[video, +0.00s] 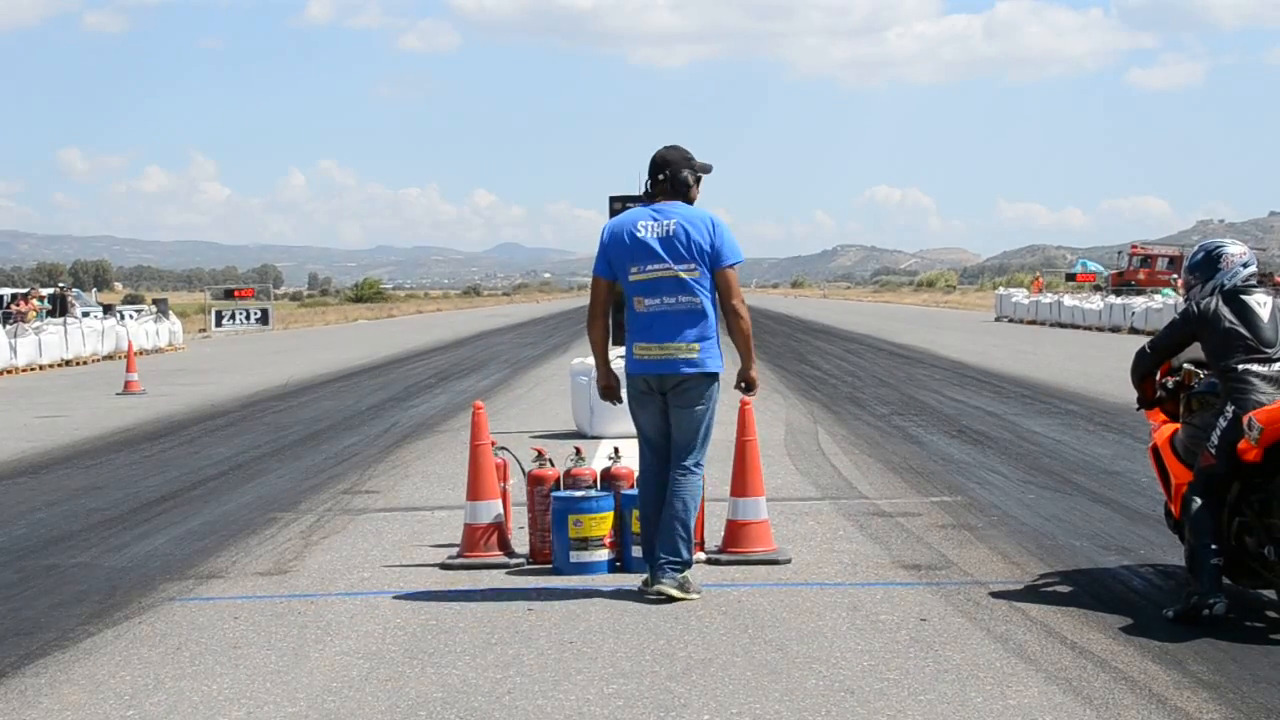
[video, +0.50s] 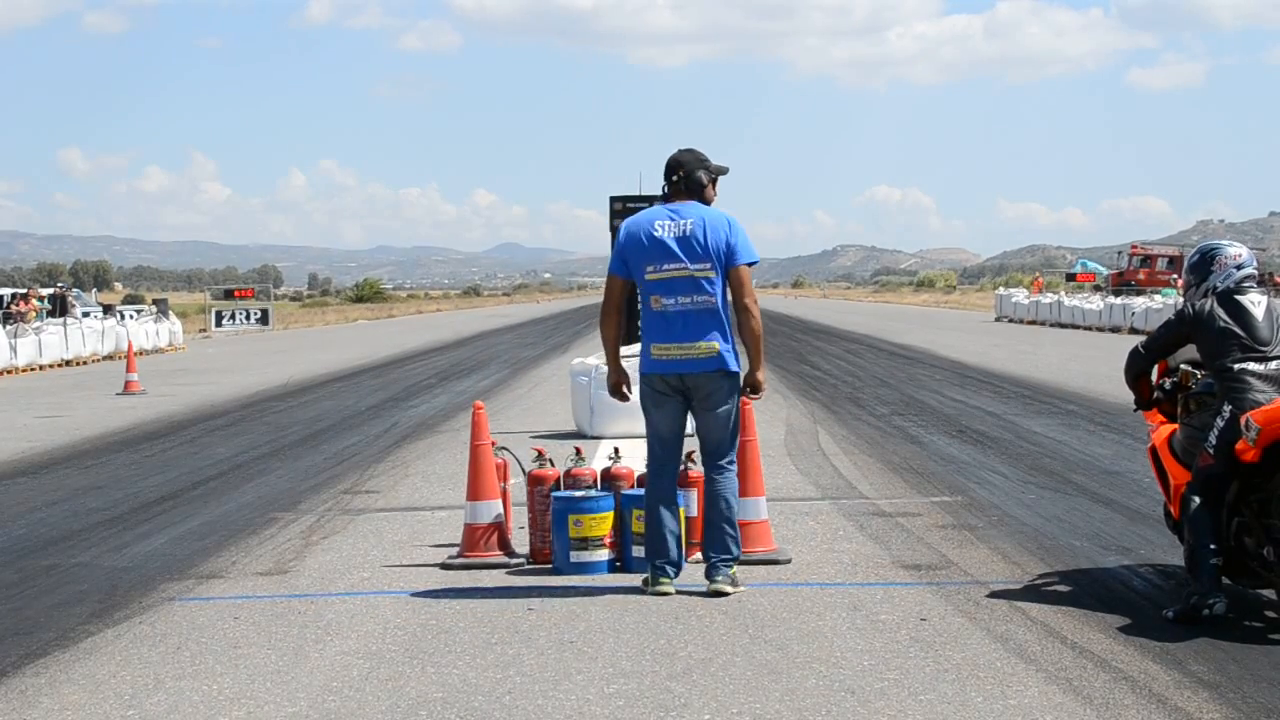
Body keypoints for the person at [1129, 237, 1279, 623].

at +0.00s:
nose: (1188, 288)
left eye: (1191, 280)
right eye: (1188, 281)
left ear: (1208, 275)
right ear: (1240, 266)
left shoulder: (1204, 306)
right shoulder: (1270, 298)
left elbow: (1146, 357)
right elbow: (1258, 352)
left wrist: (1150, 396)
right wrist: (1217, 380)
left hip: (1247, 404)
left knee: (1200, 492)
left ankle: (1207, 593)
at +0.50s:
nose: (1186, 287)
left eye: (1190, 280)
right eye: (1187, 280)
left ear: (1205, 276)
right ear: (1244, 268)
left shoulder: (1200, 309)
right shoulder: (1271, 301)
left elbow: (1139, 357)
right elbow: (1258, 353)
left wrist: (1148, 398)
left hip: (1243, 405)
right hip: (1279, 399)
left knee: (1198, 494)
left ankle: (1206, 593)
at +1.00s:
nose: (1186, 287)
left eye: (1189, 280)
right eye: (1186, 280)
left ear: (1203, 277)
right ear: (1244, 269)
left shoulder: (1198, 309)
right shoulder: (1271, 304)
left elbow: (1136, 359)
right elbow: (1257, 353)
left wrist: (1148, 399)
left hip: (1243, 403)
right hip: (1279, 398)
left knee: (1199, 492)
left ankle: (1205, 591)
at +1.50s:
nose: (1187, 288)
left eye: (1191, 280)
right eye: (1188, 281)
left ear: (1206, 276)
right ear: (1245, 268)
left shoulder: (1200, 309)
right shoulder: (1273, 303)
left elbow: (1139, 357)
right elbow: (1260, 353)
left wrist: (1148, 397)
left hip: (1244, 404)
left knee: (1199, 494)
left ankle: (1206, 592)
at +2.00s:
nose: (1191, 286)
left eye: (1193, 278)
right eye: (1192, 279)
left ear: (1205, 275)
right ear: (1245, 269)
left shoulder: (1199, 310)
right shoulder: (1272, 304)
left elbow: (1136, 356)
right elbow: (1259, 354)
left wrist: (1148, 396)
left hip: (1242, 402)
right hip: (1279, 398)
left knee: (1196, 489)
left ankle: (1205, 580)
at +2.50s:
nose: (1188, 283)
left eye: (1191, 276)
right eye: (1189, 277)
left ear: (1201, 274)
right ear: (1241, 273)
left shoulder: (1192, 309)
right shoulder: (1268, 308)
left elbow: (1131, 350)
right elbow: (1259, 353)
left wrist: (1132, 386)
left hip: (1230, 402)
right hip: (1273, 397)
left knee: (1170, 484)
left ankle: (1187, 556)